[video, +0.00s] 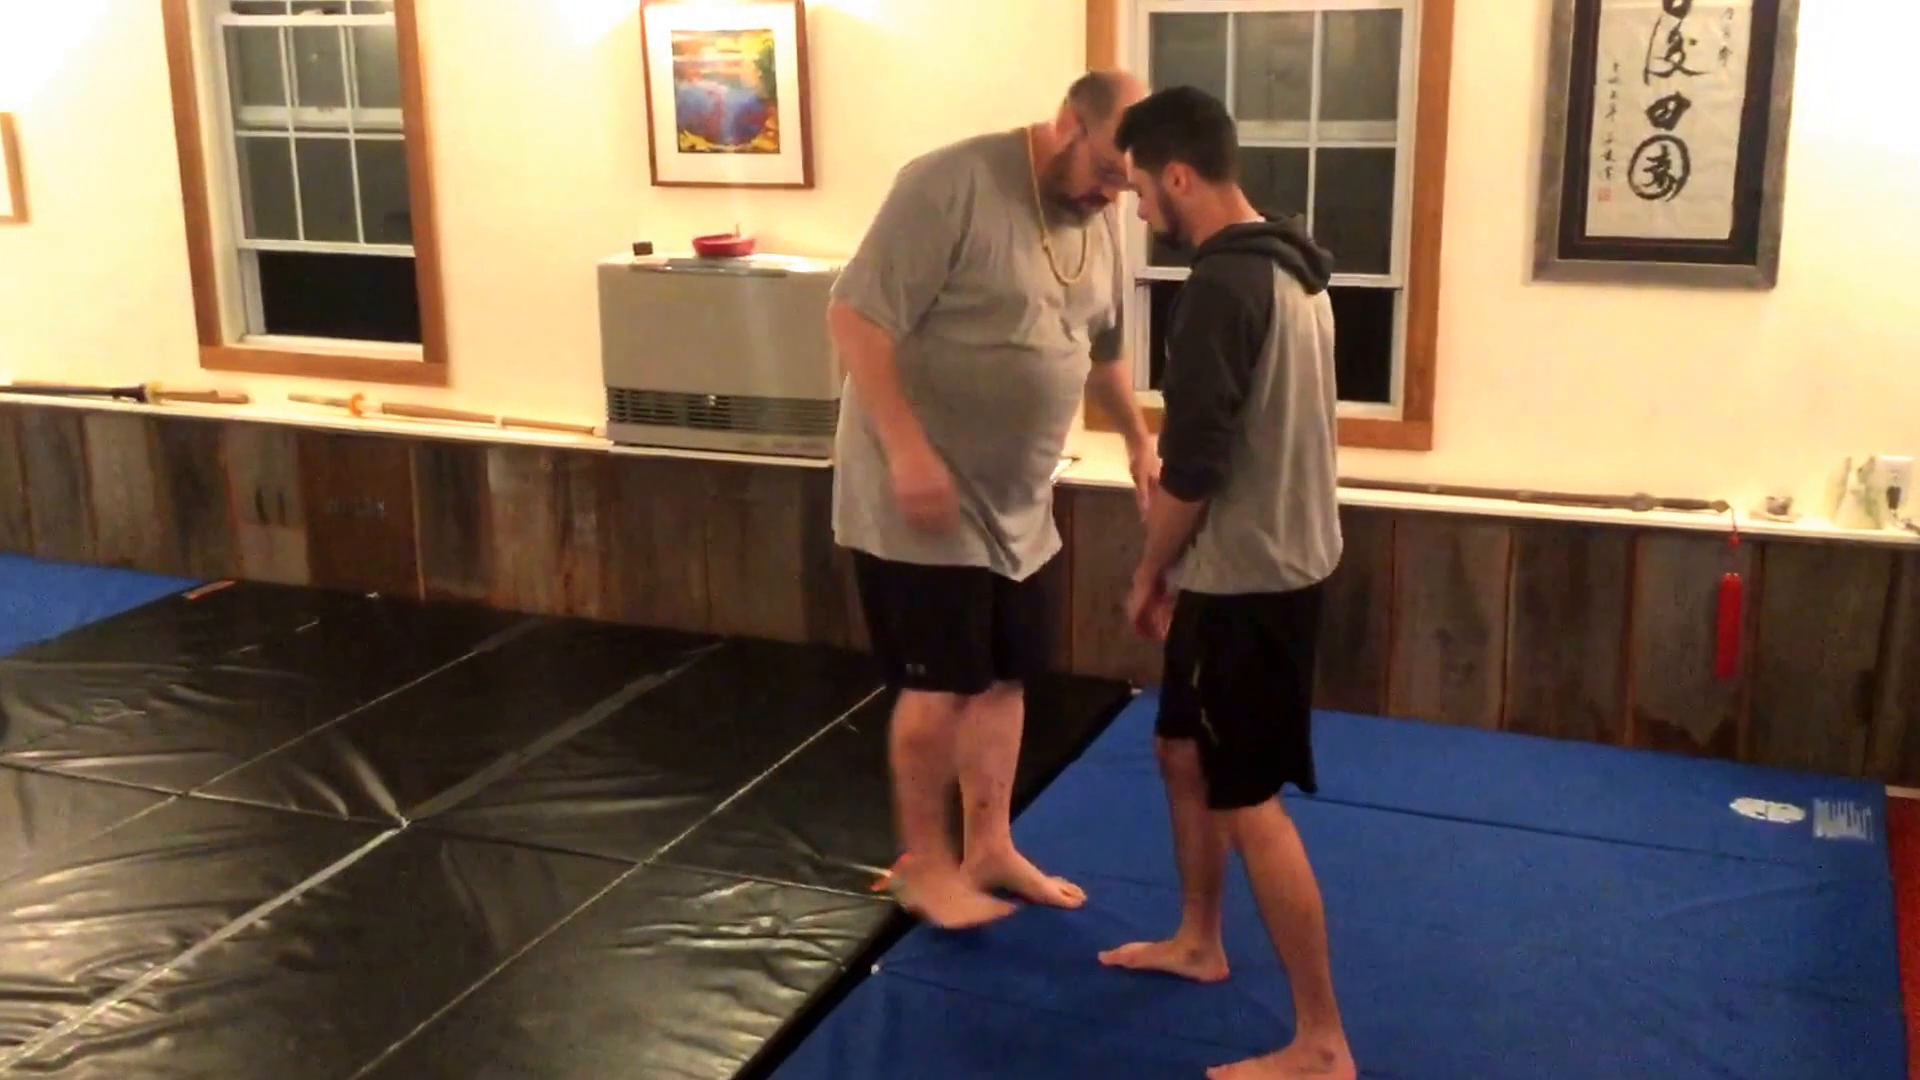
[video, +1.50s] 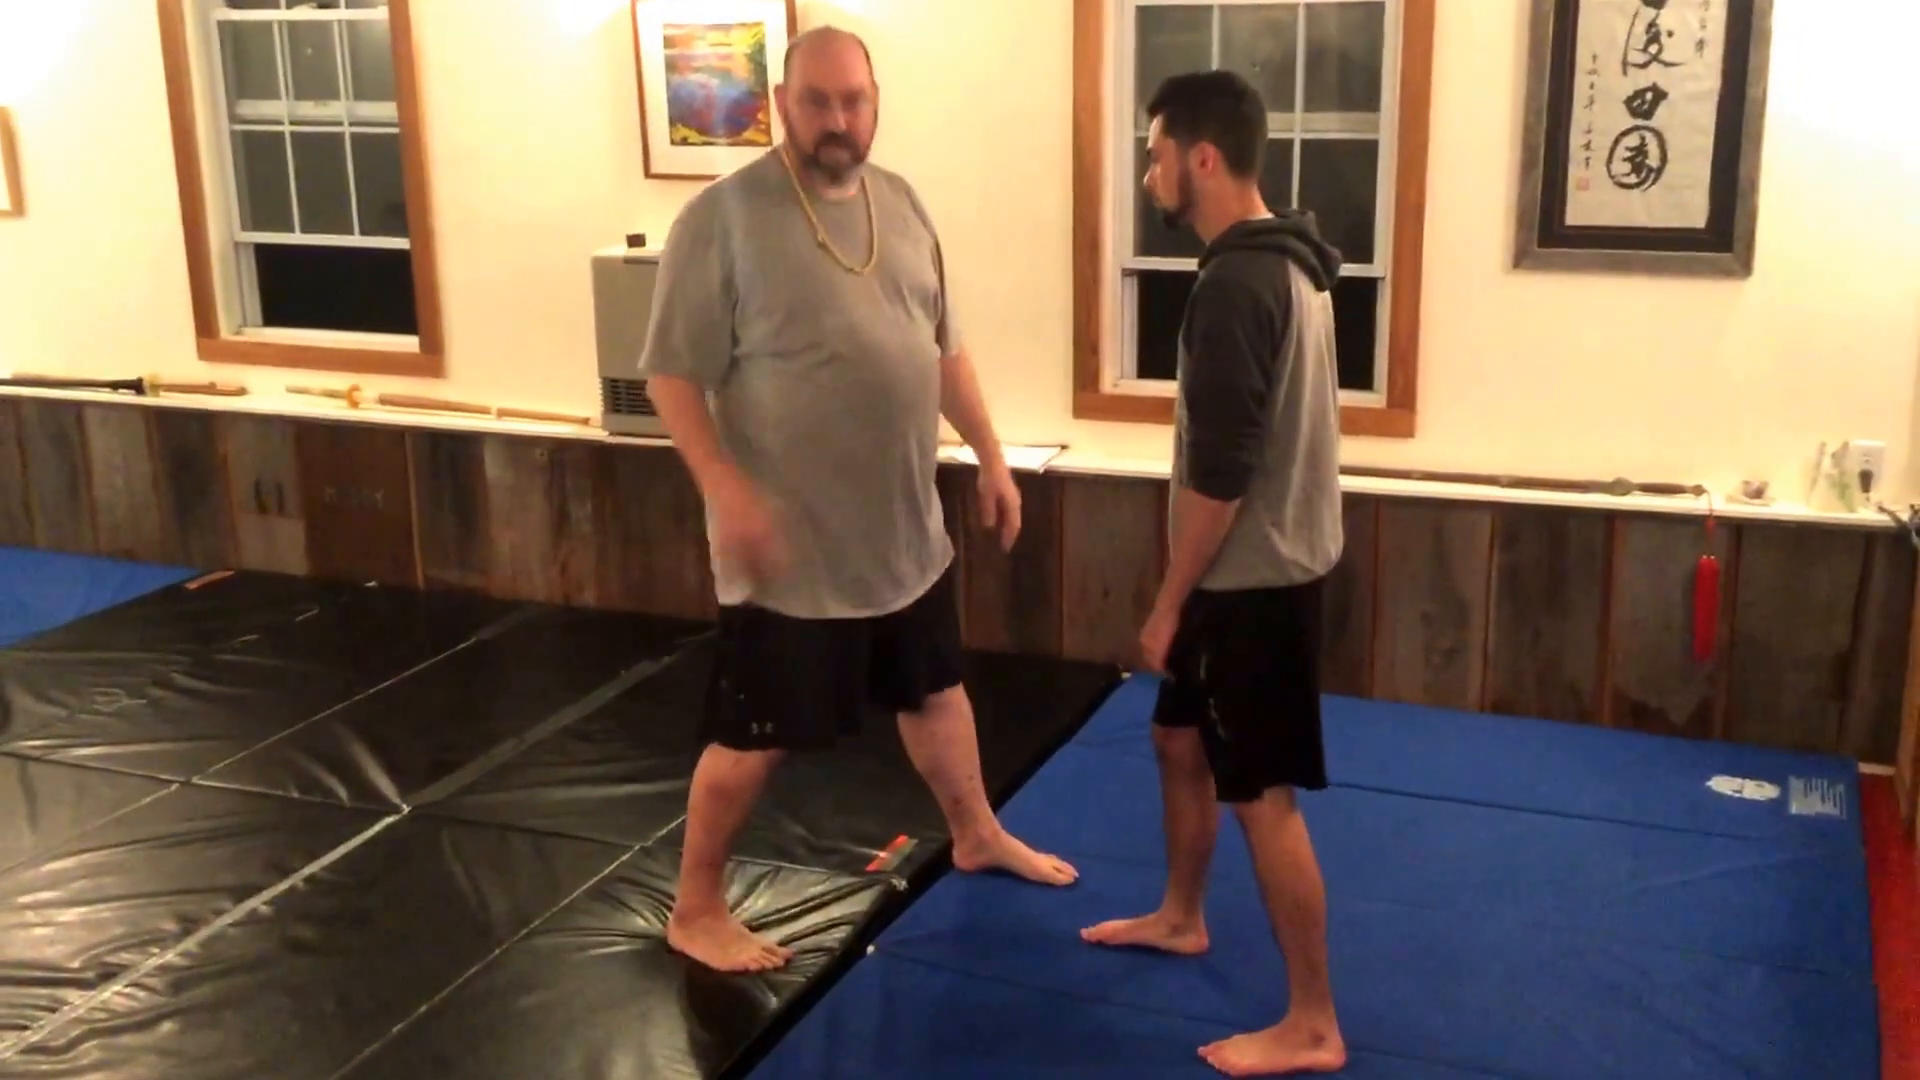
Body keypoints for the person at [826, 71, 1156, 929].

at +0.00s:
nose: (1114, 194)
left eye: (1126, 179)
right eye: (1107, 172)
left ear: (1125, 159)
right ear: (1065, 127)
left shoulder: (1102, 220)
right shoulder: (948, 183)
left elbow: (1102, 352)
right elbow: (856, 315)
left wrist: (1139, 438)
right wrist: (906, 448)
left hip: (1017, 495)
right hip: (916, 488)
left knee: (1004, 676)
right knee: (935, 680)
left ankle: (989, 850)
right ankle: (921, 866)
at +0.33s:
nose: (1104, 194)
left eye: (1116, 179)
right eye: (1098, 172)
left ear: (1117, 162)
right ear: (1049, 128)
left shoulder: (1068, 210)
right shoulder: (941, 188)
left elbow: (1064, 341)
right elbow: (858, 327)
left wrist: (1103, 437)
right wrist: (907, 463)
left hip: (998, 509)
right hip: (884, 503)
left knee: (997, 670)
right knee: (834, 676)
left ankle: (986, 847)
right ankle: (739, 867)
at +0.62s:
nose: (1001, 192)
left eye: (1012, 176)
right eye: (992, 170)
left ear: (1014, 158)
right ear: (938, 133)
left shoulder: (973, 218)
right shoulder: (842, 218)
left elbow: (993, 353)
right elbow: (781, 378)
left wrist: (1036, 447)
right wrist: (836, 514)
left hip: (944, 530)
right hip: (827, 537)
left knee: (981, 680)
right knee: (779, 718)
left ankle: (983, 841)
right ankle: (705, 907)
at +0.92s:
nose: (890, 169)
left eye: (904, 149)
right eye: (873, 147)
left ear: (914, 136)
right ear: (819, 124)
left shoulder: (908, 210)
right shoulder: (744, 221)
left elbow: (912, 361)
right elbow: (680, 383)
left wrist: (927, 476)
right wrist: (690, 533)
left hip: (896, 521)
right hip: (784, 539)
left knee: (932, 692)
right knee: (747, 735)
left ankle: (979, 840)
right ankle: (699, 914)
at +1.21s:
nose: (855, 157)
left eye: (869, 137)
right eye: (835, 138)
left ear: (883, 123)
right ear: (782, 120)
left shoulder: (895, 209)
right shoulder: (711, 228)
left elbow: (932, 349)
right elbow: (653, 389)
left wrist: (978, 460)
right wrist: (631, 536)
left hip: (896, 526)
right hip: (774, 543)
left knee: (935, 689)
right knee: (749, 745)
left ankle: (979, 837)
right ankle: (697, 913)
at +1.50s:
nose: (840, 119)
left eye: (856, 100)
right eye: (819, 101)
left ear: (878, 102)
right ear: (780, 103)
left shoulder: (902, 205)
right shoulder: (719, 218)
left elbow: (944, 346)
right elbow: (670, 375)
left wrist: (992, 458)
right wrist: (725, 489)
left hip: (903, 519)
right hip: (784, 537)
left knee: (935, 686)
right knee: (750, 733)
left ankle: (978, 836)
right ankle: (696, 907)